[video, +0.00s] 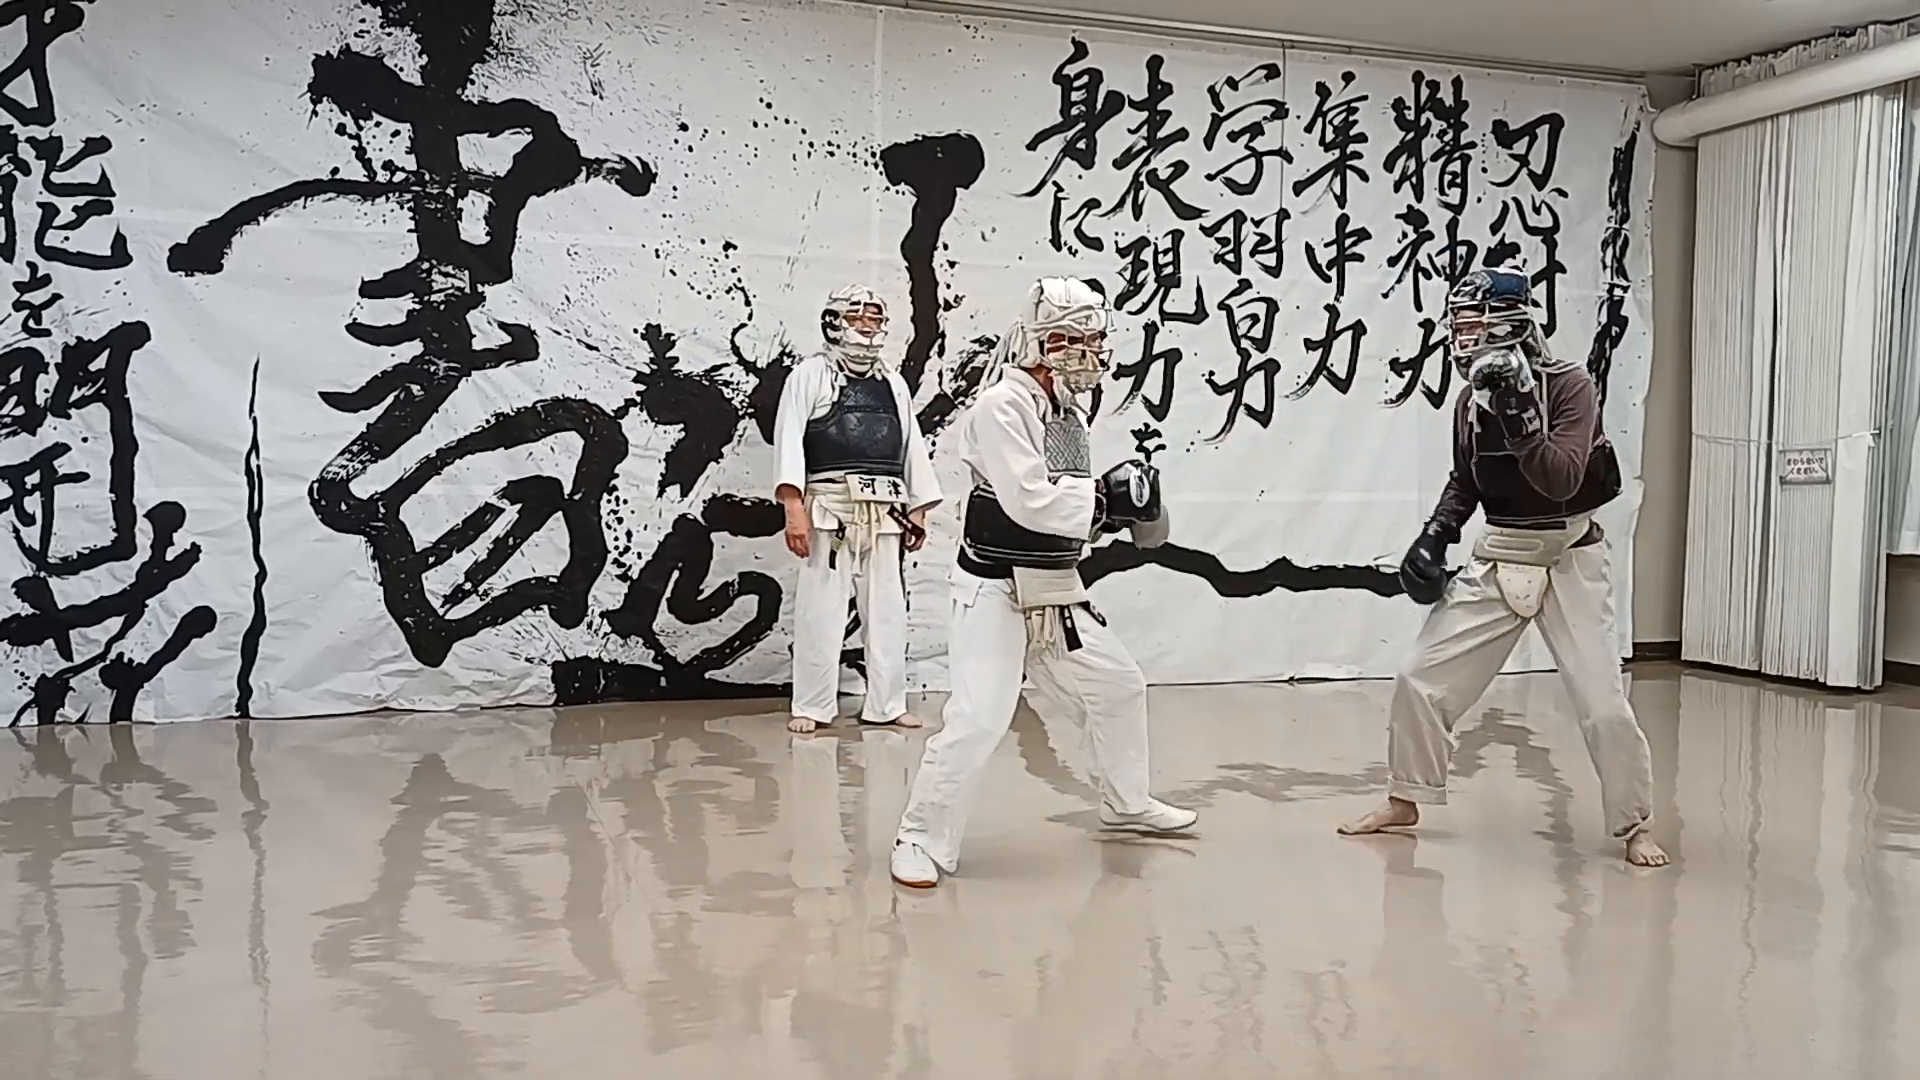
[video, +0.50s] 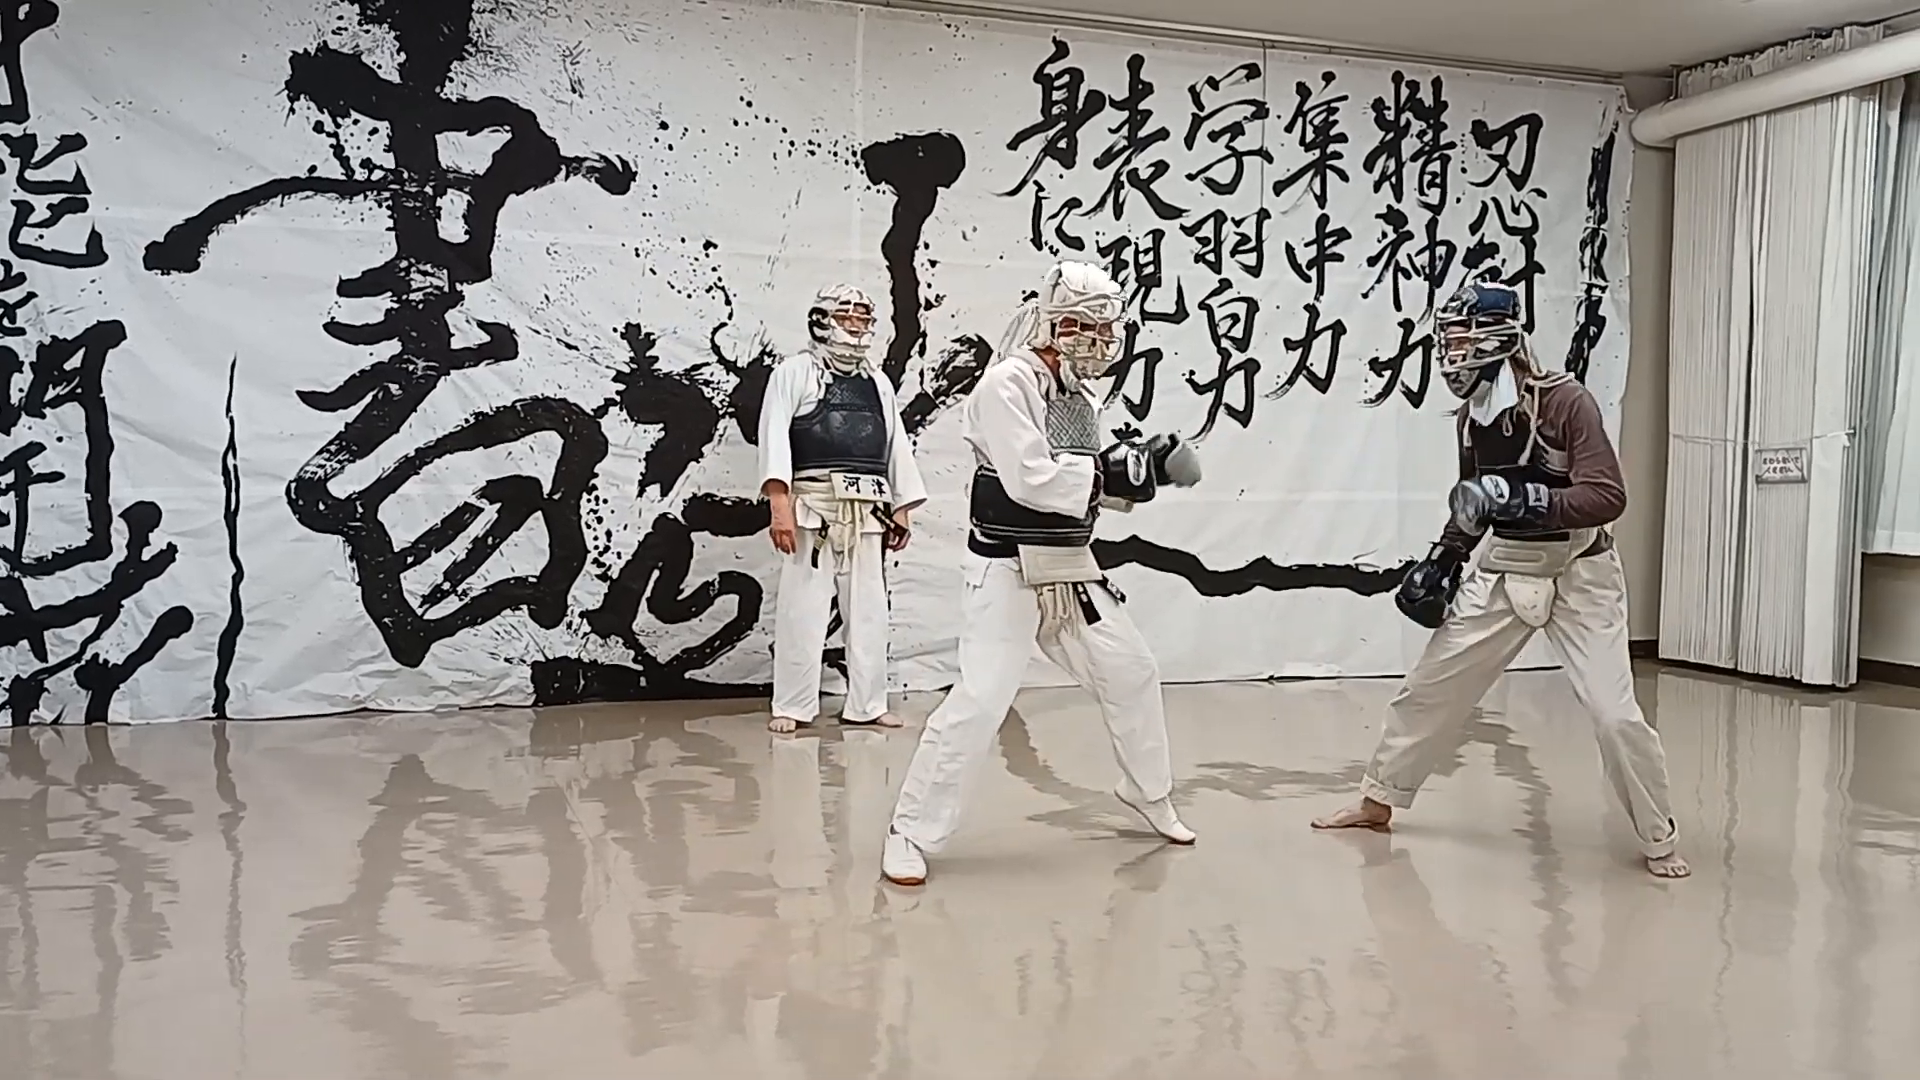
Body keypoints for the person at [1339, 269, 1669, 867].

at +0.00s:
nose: (1455, 334)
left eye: (1467, 321)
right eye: (1454, 322)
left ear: (1507, 323)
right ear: (1462, 326)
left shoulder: (1570, 385)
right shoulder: (1469, 401)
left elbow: (1562, 481)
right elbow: (1464, 484)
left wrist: (1515, 410)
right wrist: (1433, 537)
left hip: (1573, 559)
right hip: (1497, 556)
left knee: (1604, 707)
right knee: (1419, 681)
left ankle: (1637, 831)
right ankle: (1402, 805)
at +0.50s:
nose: (1449, 353)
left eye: (1460, 340)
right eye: (1446, 340)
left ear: (1497, 338)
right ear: (1456, 340)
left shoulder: (1567, 401)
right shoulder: (1474, 412)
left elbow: (1607, 496)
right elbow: (1475, 501)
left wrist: (1518, 497)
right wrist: (1442, 565)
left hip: (1581, 572)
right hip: (1499, 571)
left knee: (1615, 715)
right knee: (1428, 687)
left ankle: (1660, 840)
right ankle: (1378, 803)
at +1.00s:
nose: (1385, 372)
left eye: (1395, 358)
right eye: (1382, 360)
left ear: (1435, 357)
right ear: (1385, 362)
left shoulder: (1511, 406)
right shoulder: (1429, 437)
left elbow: (1587, 482)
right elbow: (1432, 523)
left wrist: (1513, 512)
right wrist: (1407, 585)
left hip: (1558, 575)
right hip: (1476, 579)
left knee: (1584, 703)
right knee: (1412, 681)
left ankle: (1640, 822)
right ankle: (1386, 815)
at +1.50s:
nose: (1447, 300)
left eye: (1460, 286)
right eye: (1446, 287)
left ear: (1501, 289)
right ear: (1455, 294)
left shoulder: (1563, 359)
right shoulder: (1479, 379)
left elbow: (1623, 446)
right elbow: (1471, 485)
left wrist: (1525, 454)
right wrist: (1447, 550)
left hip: (1579, 542)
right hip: (1500, 544)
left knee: (1601, 699)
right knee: (1460, 679)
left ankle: (1650, 846)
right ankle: (1456, 817)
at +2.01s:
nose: (1490, 318)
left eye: (1500, 305)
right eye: (1490, 305)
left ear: (1537, 309)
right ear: (1541, 310)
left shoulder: (1612, 381)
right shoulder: (1540, 397)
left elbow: (1604, 479)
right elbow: (1542, 501)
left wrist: (1517, 440)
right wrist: (1485, 558)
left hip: (1621, 560)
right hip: (1553, 558)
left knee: (1627, 735)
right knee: (1496, 695)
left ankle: (1687, 893)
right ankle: (1464, 827)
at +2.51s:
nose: (1511, 312)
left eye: (1520, 296)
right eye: (1510, 297)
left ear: (1558, 296)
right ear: (1556, 298)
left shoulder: (1635, 353)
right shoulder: (1569, 379)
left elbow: (1613, 466)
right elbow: (1598, 492)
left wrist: (1522, 421)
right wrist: (1531, 544)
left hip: (1670, 549)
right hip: (1600, 551)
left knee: (1671, 741)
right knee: (1543, 704)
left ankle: (1738, 930)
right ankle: (1539, 853)